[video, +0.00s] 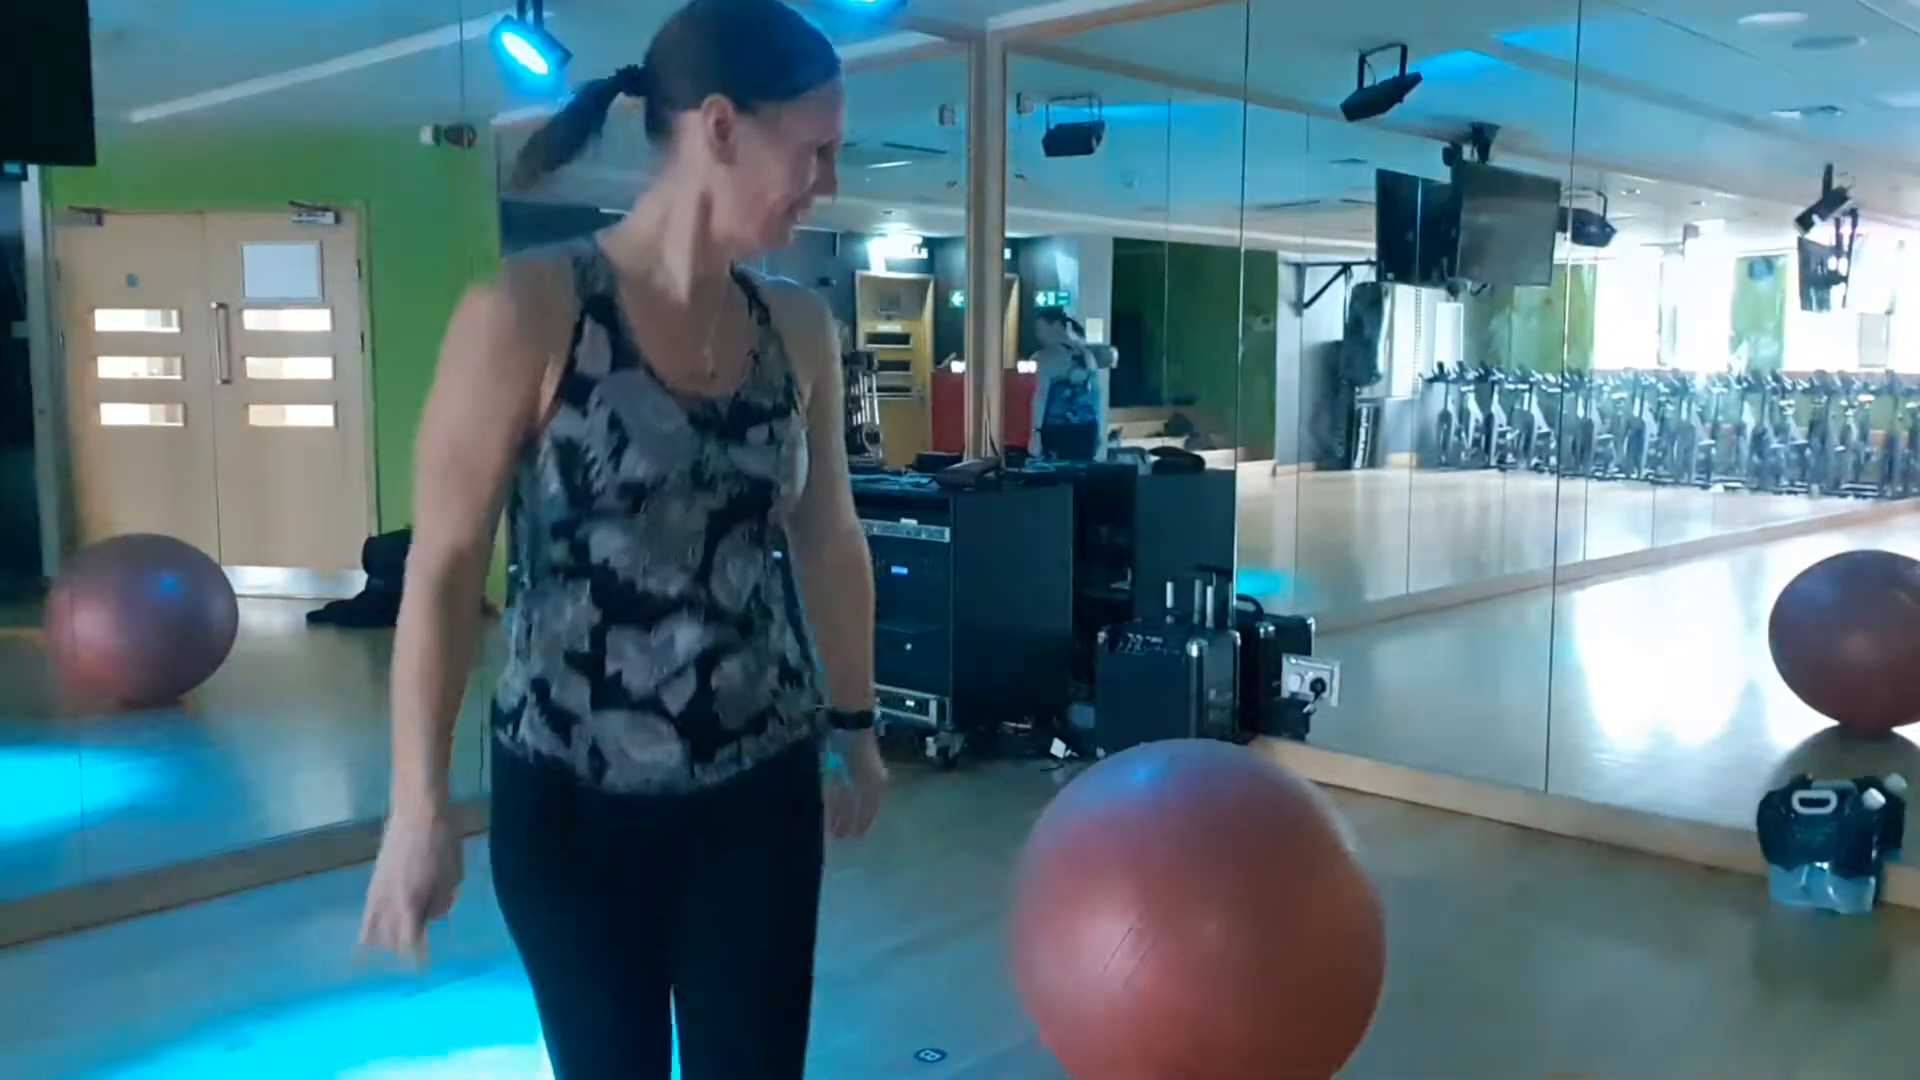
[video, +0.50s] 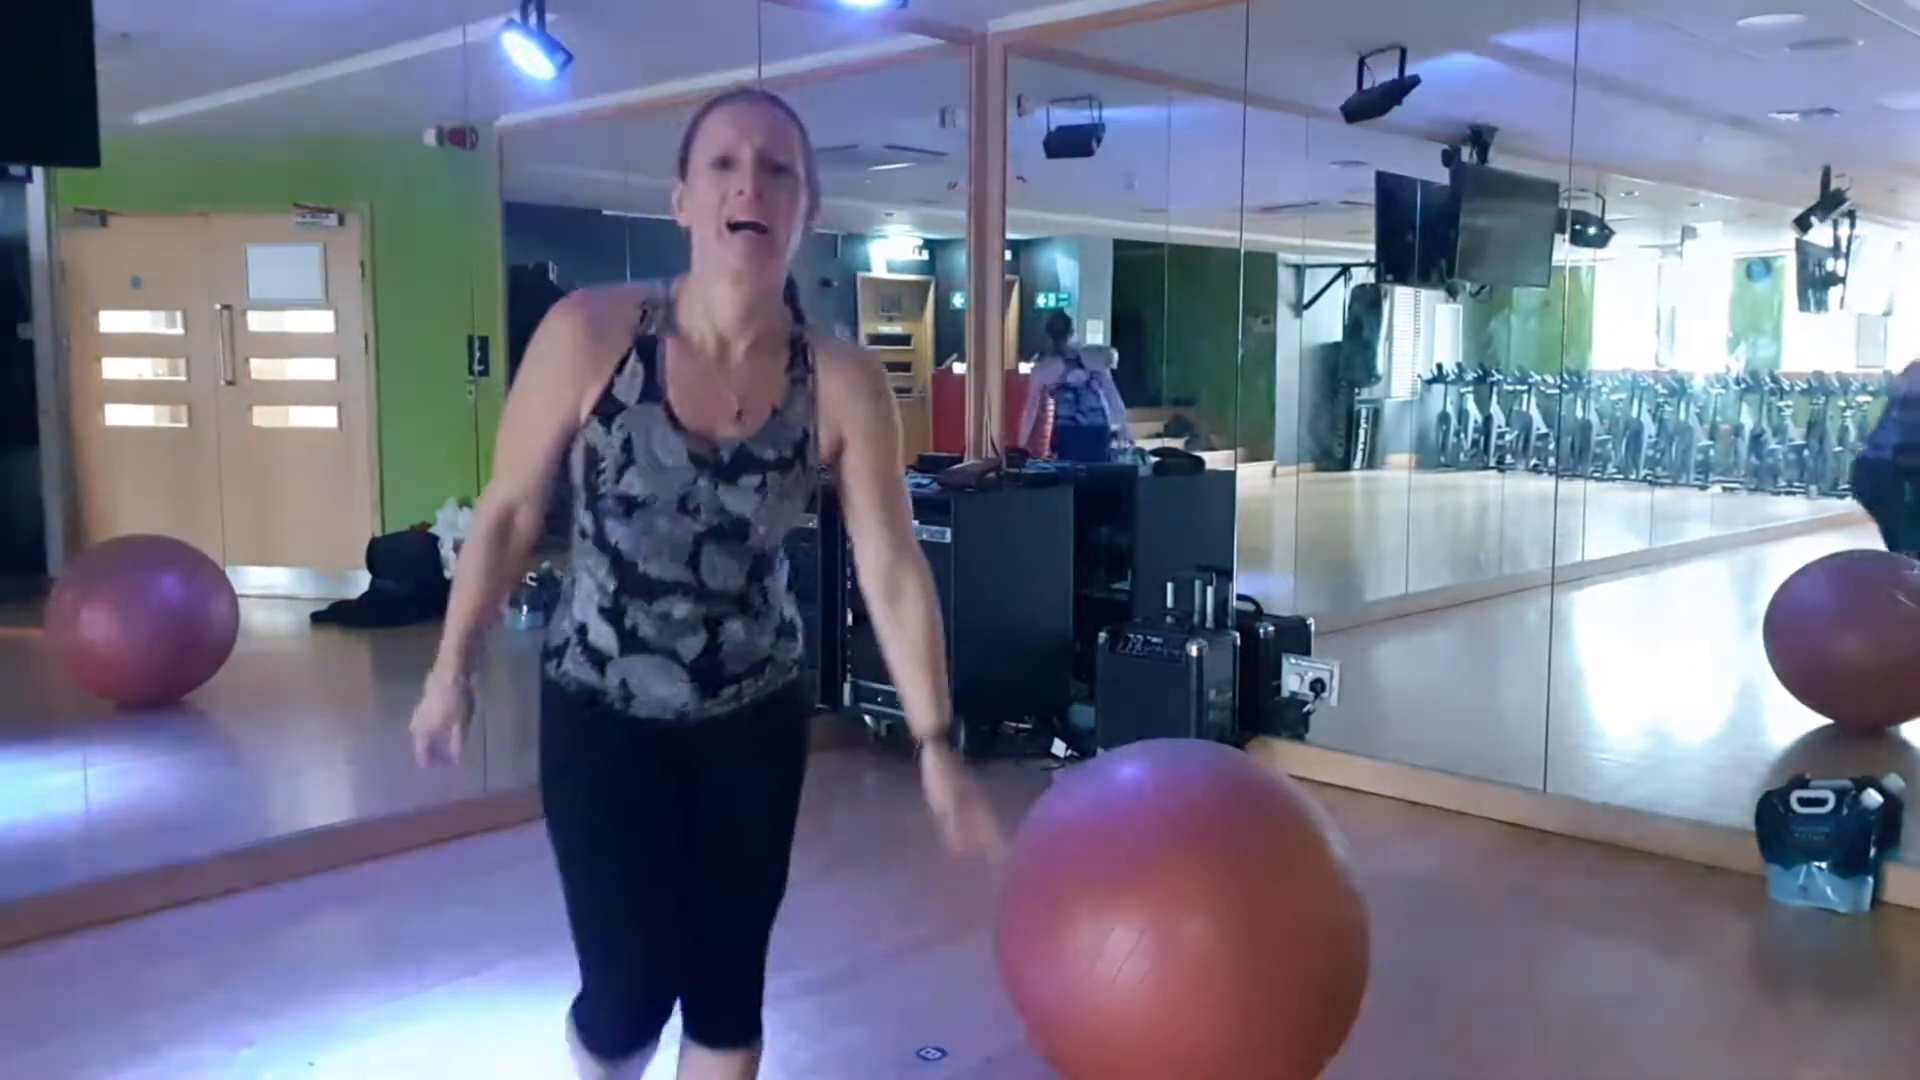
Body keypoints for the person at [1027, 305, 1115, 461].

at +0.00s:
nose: (1038, 335)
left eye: (1040, 328)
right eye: (1037, 329)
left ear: (1056, 325)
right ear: (1062, 325)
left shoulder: (1045, 357)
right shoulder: (1086, 353)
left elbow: (1040, 397)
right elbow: (1096, 396)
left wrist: (1036, 430)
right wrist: (1100, 431)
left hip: (1056, 428)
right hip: (1086, 428)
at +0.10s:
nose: (1039, 331)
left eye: (1042, 324)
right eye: (1039, 324)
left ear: (1057, 323)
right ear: (1063, 323)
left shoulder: (1048, 356)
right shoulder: (1089, 352)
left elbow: (1042, 398)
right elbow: (1099, 397)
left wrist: (1037, 434)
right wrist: (1104, 431)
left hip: (1060, 429)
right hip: (1089, 428)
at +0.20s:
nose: (1040, 328)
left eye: (1043, 323)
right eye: (1040, 323)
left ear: (1054, 323)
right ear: (1067, 323)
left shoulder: (1048, 355)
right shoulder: (1091, 354)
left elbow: (1044, 396)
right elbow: (1103, 396)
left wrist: (1039, 433)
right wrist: (1111, 428)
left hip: (1062, 426)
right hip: (1092, 424)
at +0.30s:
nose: (1047, 331)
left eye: (1048, 327)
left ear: (1050, 327)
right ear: (1070, 323)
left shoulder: (1042, 362)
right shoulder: (1092, 356)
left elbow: (1040, 404)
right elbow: (1104, 395)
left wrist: (1037, 435)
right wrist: (1115, 427)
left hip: (1063, 427)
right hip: (1095, 425)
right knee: (1093, 482)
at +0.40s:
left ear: (1048, 333)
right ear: (1071, 331)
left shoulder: (1041, 367)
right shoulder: (1091, 359)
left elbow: (1034, 408)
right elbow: (1107, 395)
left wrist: (1031, 441)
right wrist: (1118, 427)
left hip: (1063, 430)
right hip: (1095, 429)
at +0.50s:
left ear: (1049, 334)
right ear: (1072, 332)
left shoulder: (1043, 368)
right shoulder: (1094, 358)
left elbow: (1032, 408)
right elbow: (1112, 396)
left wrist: (1022, 443)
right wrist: (1123, 428)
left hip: (1065, 430)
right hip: (1097, 428)